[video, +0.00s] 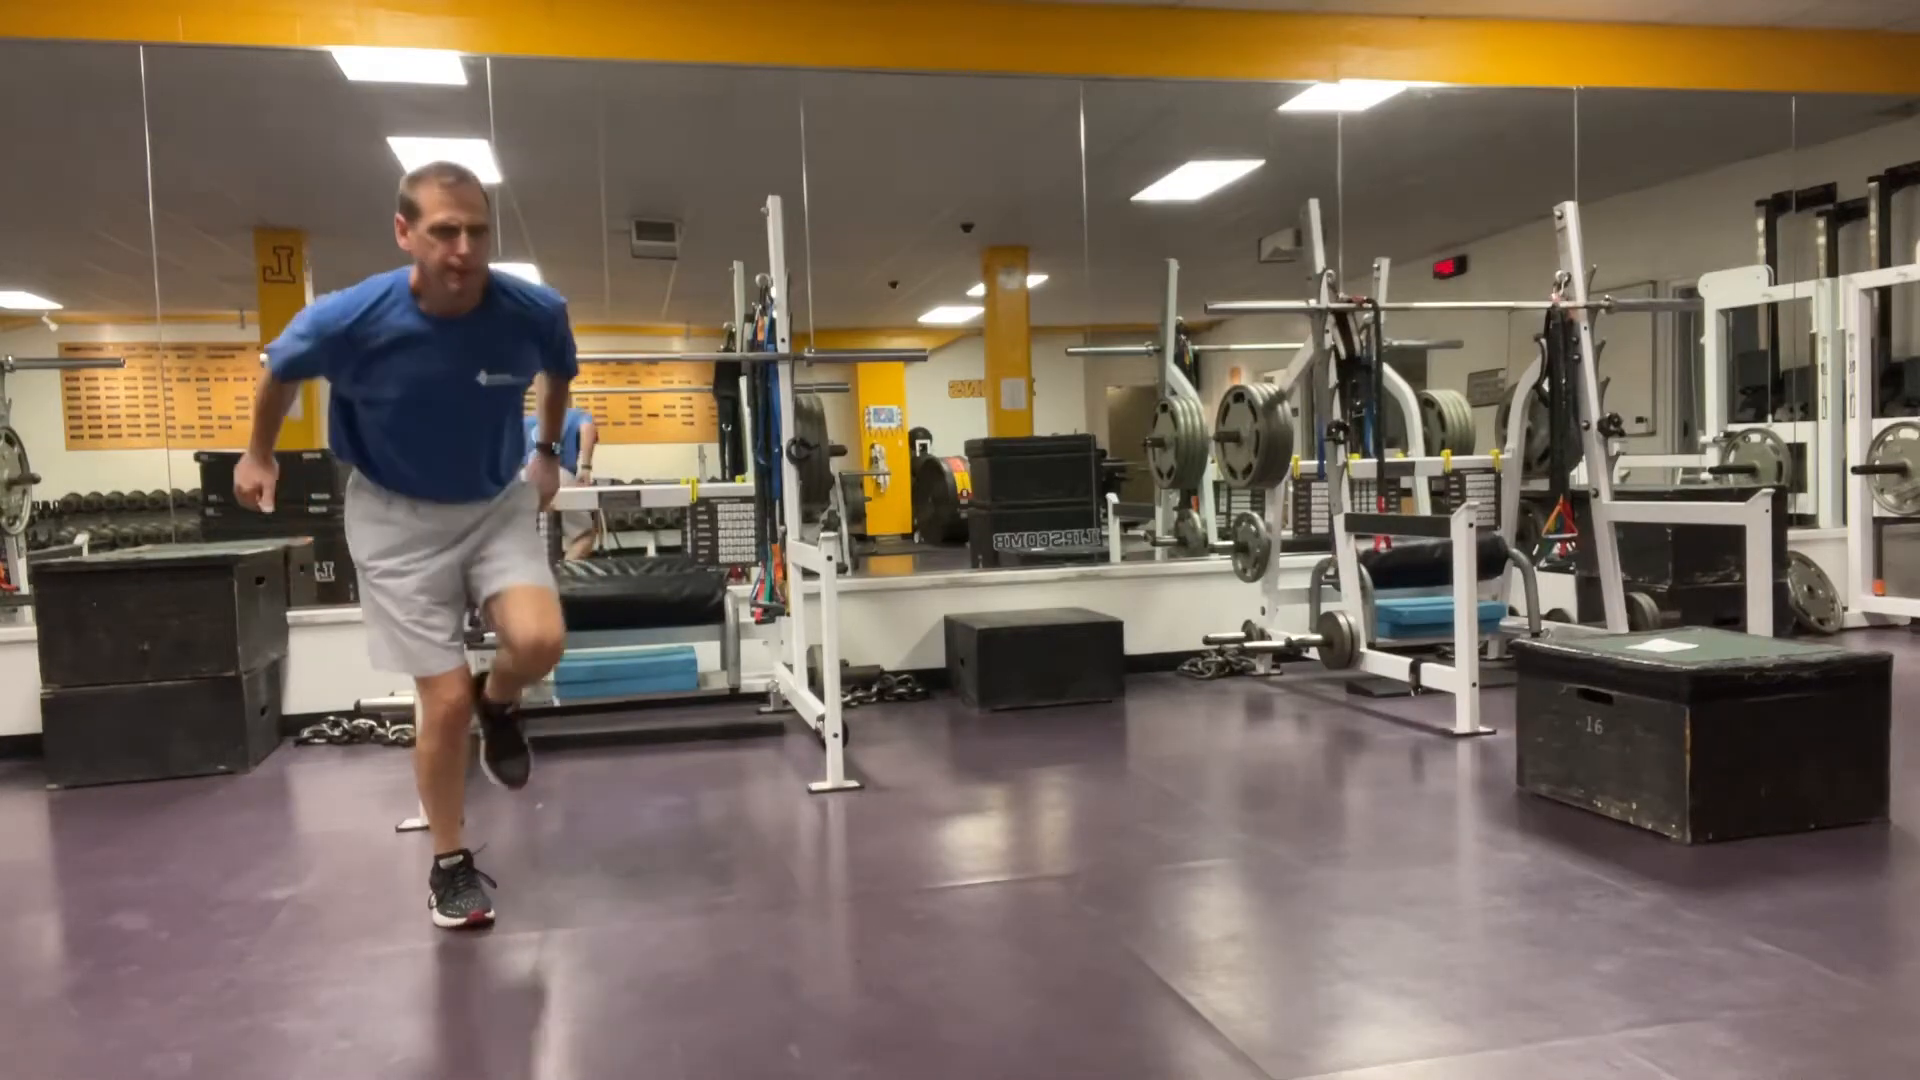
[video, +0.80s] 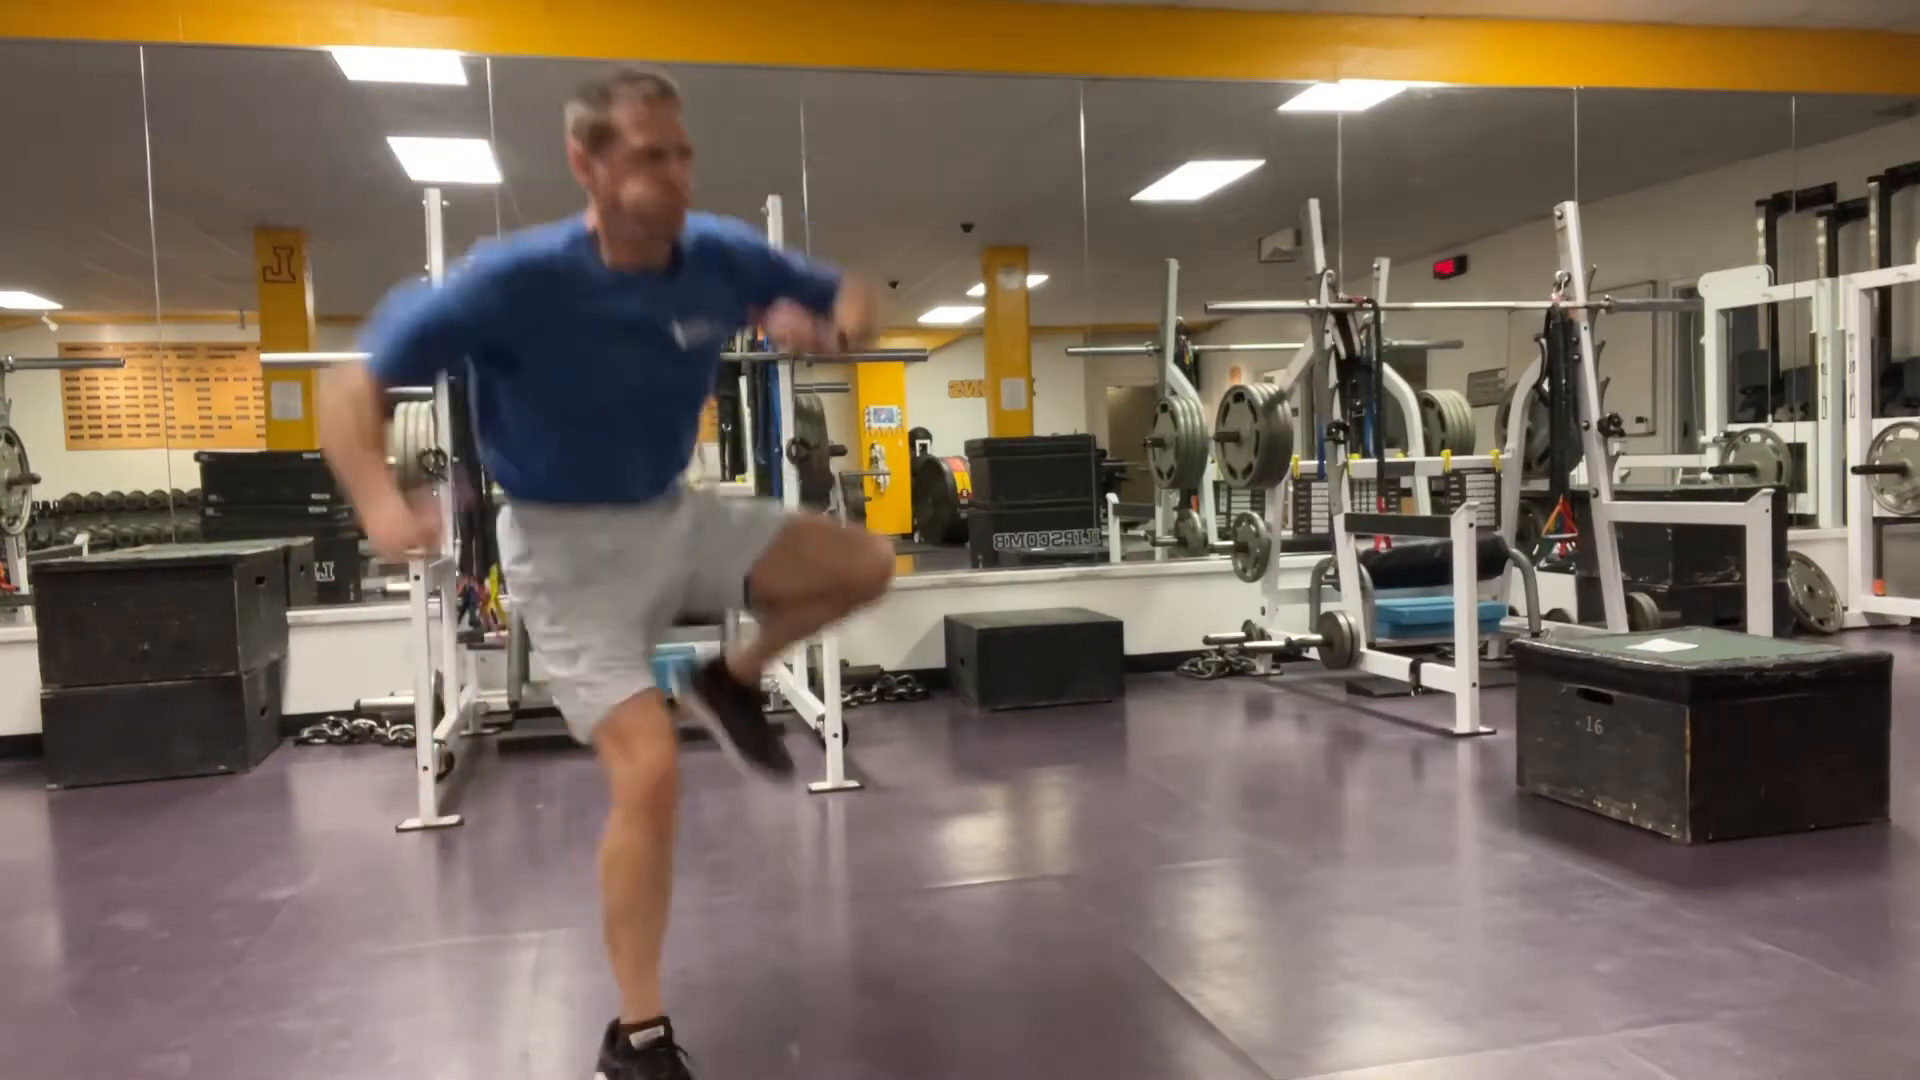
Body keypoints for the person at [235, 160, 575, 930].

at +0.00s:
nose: (464, 250)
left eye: (477, 233)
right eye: (445, 233)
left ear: (492, 233)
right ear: (405, 233)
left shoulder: (531, 313)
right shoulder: (349, 320)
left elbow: (558, 365)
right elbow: (281, 369)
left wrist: (547, 450)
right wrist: (258, 453)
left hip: (501, 502)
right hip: (397, 516)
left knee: (539, 641)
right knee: (451, 701)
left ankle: (494, 704)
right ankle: (451, 860)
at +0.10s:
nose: (468, 269)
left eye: (481, 250)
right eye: (449, 251)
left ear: (498, 253)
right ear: (409, 253)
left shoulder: (544, 340)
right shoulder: (353, 351)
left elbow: (562, 422)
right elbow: (308, 424)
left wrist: (559, 509)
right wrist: (296, 512)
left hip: (503, 529)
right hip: (401, 540)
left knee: (534, 685)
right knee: (462, 712)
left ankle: (490, 756)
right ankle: (452, 861)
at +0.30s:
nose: (477, 233)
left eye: (489, 216)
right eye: (458, 216)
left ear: (506, 220)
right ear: (415, 220)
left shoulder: (542, 302)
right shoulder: (375, 318)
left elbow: (627, 389)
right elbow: (376, 424)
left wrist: (619, 334)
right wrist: (463, 391)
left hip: (524, 523)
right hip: (426, 542)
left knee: (589, 640)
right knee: (475, 733)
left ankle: (579, 802)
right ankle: (455, 861)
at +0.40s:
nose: (494, 154)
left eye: (506, 136)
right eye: (476, 138)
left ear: (524, 143)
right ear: (437, 144)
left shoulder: (553, 215)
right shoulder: (405, 218)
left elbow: (658, 205)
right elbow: (381, 243)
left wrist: (621, 103)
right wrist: (446, 127)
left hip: (548, 467)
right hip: (449, 490)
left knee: (649, 559)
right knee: (474, 704)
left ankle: (634, 724)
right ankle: (452, 849)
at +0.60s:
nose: (569, 58)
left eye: (582, 38)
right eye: (547, 36)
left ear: (598, 46)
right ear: (499, 43)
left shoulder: (630, 130)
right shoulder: (446, 129)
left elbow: (774, 163)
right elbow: (286, 140)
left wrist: (745, 91)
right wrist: (405, 125)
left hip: (602, 389)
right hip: (496, 419)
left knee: (753, 461)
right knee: (551, 660)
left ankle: (671, 579)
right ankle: (533, 856)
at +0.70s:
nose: (614, 99)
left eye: (626, 78)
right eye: (593, 79)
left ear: (645, 81)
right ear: (542, 82)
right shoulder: (478, 165)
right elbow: (277, 204)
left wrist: (794, 181)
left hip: (634, 428)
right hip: (525, 457)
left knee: (810, 483)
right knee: (585, 706)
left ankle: (685, 575)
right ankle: (614, 959)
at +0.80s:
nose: (673, 179)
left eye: (681, 157)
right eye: (649, 160)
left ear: (694, 160)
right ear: (587, 164)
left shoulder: (721, 256)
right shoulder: (510, 281)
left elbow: (850, 297)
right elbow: (346, 391)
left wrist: (833, 329)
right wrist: (380, 503)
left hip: (674, 519)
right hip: (563, 545)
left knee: (860, 567)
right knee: (649, 762)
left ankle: (731, 681)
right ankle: (641, 1034)